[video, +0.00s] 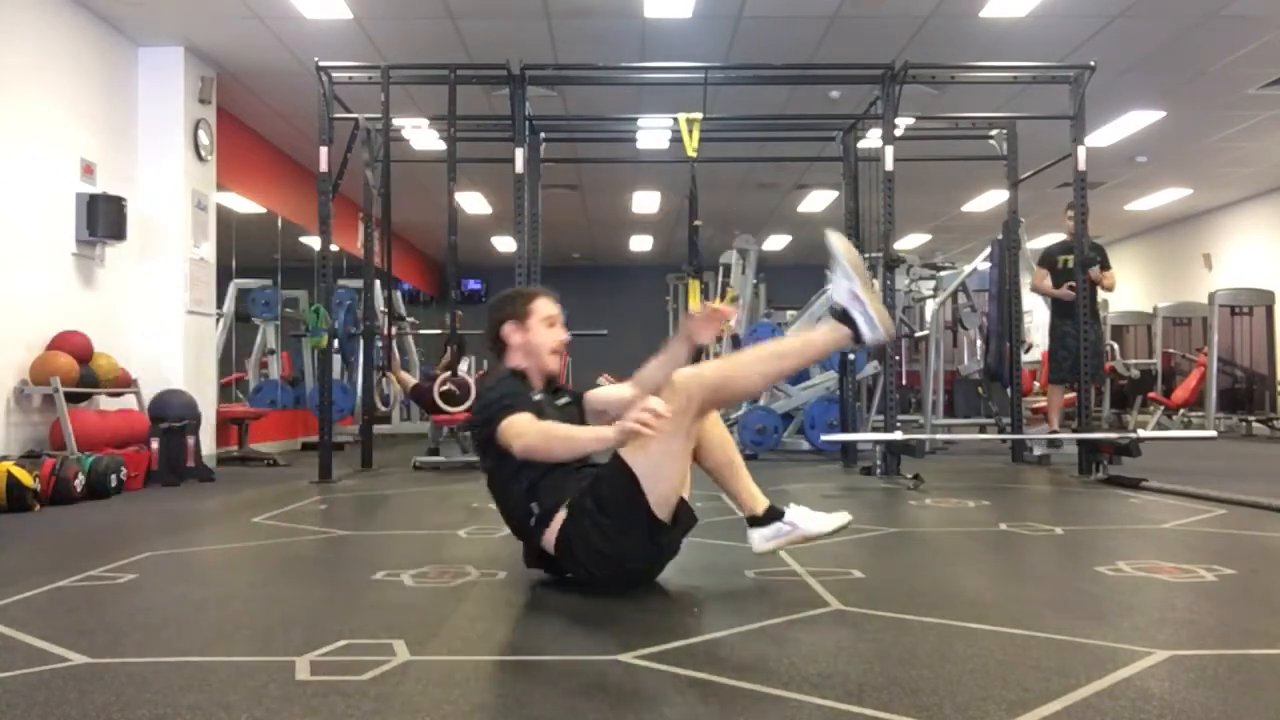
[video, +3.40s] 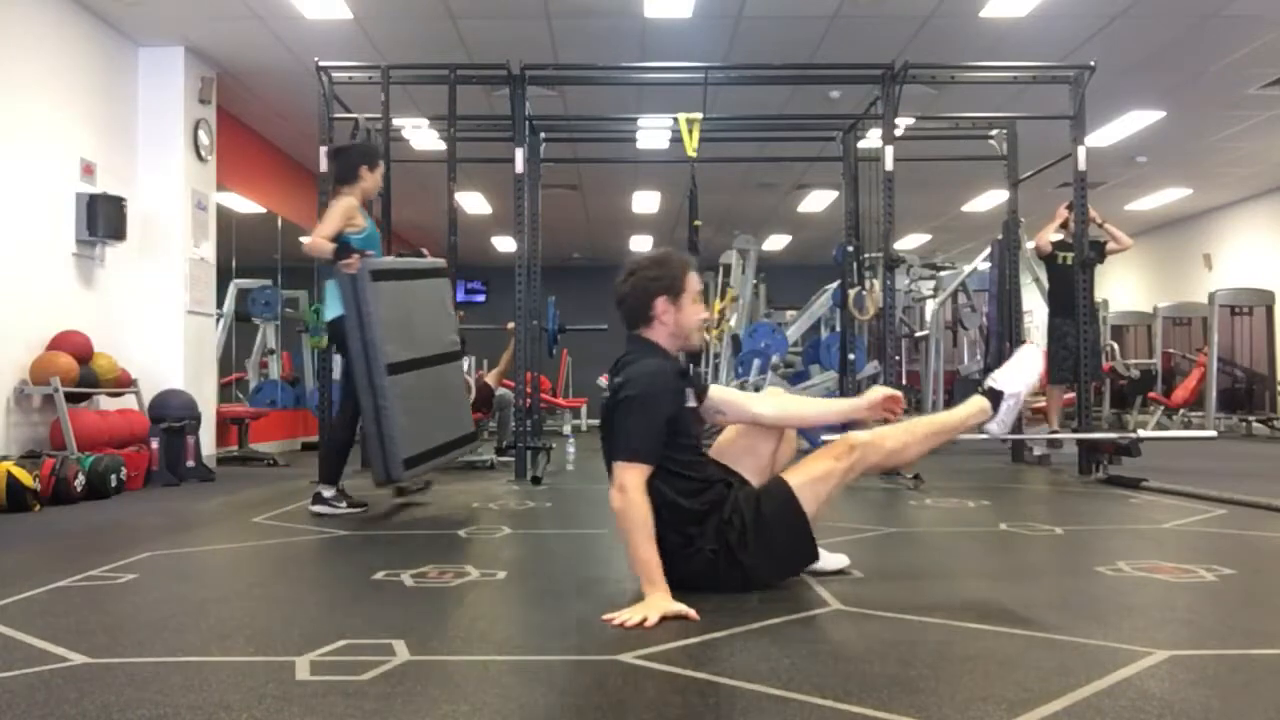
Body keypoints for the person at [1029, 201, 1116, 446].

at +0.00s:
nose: (1076, 222)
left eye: (1081, 217)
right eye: (1072, 218)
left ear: (1087, 220)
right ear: (1064, 220)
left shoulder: (1097, 250)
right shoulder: (1053, 251)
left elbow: (1111, 284)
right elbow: (1036, 283)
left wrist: (1100, 279)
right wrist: (1057, 292)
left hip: (1090, 320)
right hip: (1062, 321)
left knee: (1090, 376)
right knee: (1058, 376)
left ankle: (1087, 424)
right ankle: (1054, 428)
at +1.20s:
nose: (1080, 223)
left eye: (1083, 218)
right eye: (1075, 218)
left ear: (1088, 221)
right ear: (1065, 221)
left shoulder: (1090, 251)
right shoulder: (1052, 252)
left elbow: (1111, 276)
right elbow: (1048, 280)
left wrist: (1096, 253)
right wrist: (1074, 258)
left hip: (1088, 319)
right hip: (1062, 319)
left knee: (1089, 375)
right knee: (1058, 376)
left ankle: (1087, 423)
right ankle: (1054, 428)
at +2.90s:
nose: (1081, 220)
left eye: (1085, 215)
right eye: (1077, 214)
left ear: (1091, 219)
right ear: (1067, 218)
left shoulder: (1093, 247)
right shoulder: (1057, 244)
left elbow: (1127, 251)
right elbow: (1042, 253)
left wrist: (1104, 228)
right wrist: (1057, 226)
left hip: (1087, 316)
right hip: (1062, 316)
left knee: (1088, 374)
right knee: (1058, 375)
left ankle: (1087, 421)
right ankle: (1053, 423)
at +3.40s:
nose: (1080, 219)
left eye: (1083, 215)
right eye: (1076, 214)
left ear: (1087, 221)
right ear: (1066, 220)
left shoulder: (1092, 248)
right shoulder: (1056, 246)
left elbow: (1126, 244)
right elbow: (1040, 245)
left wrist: (1100, 221)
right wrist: (1057, 221)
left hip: (1086, 316)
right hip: (1061, 316)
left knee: (1087, 373)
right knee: (1058, 376)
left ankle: (1086, 424)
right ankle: (1054, 427)